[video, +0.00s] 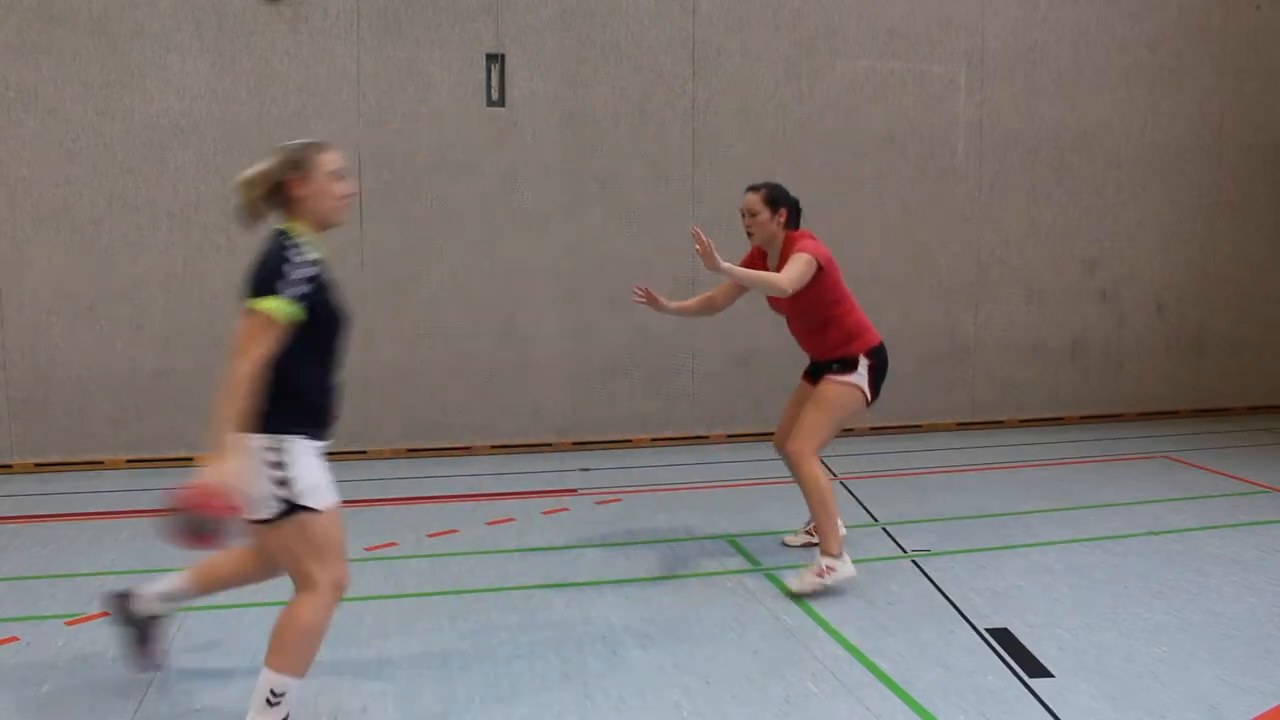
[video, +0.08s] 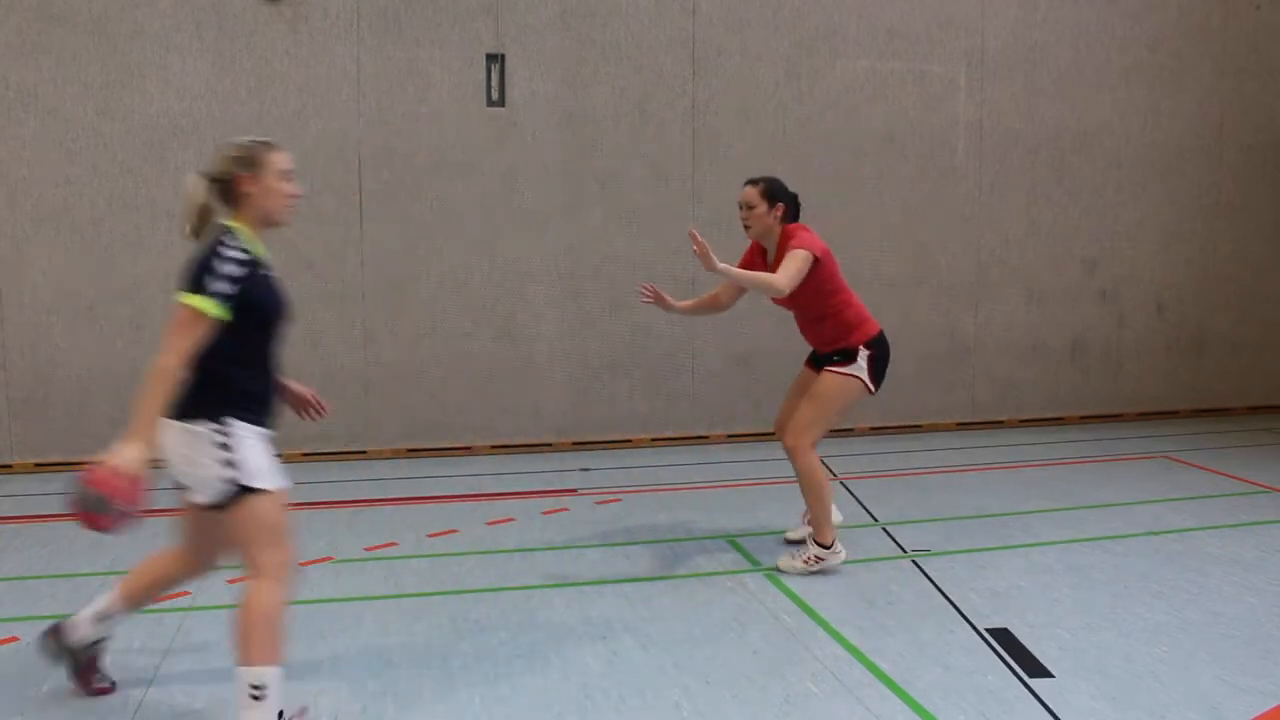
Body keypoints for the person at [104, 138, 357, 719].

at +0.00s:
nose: (349, 189)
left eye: (348, 177)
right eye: (336, 178)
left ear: (301, 191)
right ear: (297, 189)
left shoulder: (301, 257)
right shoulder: (290, 262)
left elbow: (269, 361)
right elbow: (247, 361)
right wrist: (223, 459)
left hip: (284, 442)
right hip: (282, 446)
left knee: (273, 556)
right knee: (324, 580)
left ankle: (148, 601)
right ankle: (269, 710)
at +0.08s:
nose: (296, 190)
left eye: (293, 178)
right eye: (284, 179)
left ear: (251, 188)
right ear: (246, 186)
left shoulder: (246, 252)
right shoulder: (228, 255)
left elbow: (233, 345)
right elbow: (174, 354)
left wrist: (280, 386)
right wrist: (137, 440)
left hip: (212, 427)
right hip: (220, 430)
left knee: (198, 551)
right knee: (270, 562)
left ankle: (79, 632)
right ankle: (262, 707)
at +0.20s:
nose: (221, 186)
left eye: (220, 174)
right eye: (212, 174)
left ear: (177, 181)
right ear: (176, 178)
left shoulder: (172, 241)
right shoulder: (148, 245)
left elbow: (169, 311)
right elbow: (93, 334)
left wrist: (219, 339)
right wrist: (55, 420)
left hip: (128, 417)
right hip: (128, 420)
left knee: (118, 544)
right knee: (170, 549)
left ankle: (36, 665)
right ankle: (183, 686)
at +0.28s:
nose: (178, 169)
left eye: (177, 159)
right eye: (168, 159)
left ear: (137, 164)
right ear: (133, 162)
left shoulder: (130, 223)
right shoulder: (109, 226)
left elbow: (117, 297)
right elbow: (59, 317)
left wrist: (166, 317)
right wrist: (37, 403)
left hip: (94, 396)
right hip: (92, 399)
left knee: (79, 528)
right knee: (120, 524)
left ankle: (36, 661)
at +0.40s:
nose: (118, 162)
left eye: (116, 151)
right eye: (108, 151)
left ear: (78, 158)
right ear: (74, 157)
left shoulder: (71, 213)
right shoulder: (60, 214)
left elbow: (51, 296)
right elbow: (14, 301)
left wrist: (96, 322)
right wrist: (31, 387)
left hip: (55, 389)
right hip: (39, 393)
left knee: (48, 518)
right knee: (45, 521)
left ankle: (5, 622)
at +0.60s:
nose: (31, 195)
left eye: (29, 184)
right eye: (20, 185)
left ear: (12, 195)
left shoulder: (7, 260)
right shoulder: (1, 259)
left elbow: (2, 336)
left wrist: (35, 369)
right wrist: (16, 305)